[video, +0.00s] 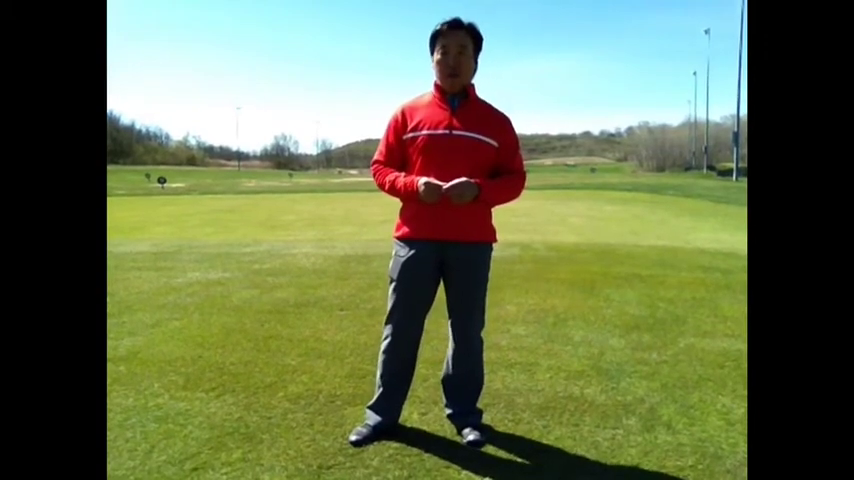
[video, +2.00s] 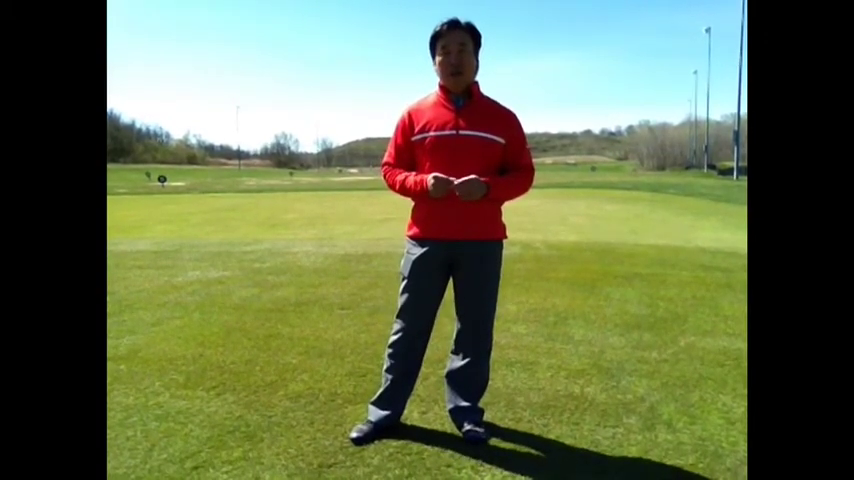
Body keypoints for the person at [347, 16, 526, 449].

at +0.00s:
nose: (451, 59)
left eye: (461, 52)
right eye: (444, 51)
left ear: (476, 60)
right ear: (432, 58)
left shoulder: (496, 122)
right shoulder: (407, 115)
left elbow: (515, 180)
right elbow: (380, 170)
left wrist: (479, 190)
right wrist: (414, 184)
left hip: (471, 245)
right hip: (416, 241)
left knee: (468, 333)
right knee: (399, 330)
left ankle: (466, 416)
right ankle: (381, 415)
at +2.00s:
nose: (453, 58)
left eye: (462, 50)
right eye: (445, 51)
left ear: (477, 57)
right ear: (433, 60)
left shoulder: (503, 119)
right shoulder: (415, 115)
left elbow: (524, 175)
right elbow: (390, 170)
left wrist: (488, 187)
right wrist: (423, 182)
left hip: (481, 243)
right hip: (426, 241)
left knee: (475, 333)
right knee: (408, 329)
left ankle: (468, 413)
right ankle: (384, 414)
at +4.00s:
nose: (451, 62)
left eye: (460, 53)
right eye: (443, 55)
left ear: (477, 59)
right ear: (432, 63)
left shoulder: (503, 120)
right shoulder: (416, 117)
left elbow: (525, 176)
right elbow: (391, 170)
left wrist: (494, 185)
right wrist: (408, 181)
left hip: (481, 244)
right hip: (427, 241)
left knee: (474, 335)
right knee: (407, 331)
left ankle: (468, 417)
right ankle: (383, 415)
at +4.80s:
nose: (457, 59)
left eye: (467, 51)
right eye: (450, 51)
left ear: (483, 59)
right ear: (439, 58)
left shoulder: (506, 119)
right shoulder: (418, 113)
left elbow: (526, 175)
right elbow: (392, 168)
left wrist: (489, 187)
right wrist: (425, 181)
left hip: (482, 244)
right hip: (426, 240)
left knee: (474, 334)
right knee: (407, 329)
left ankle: (467, 413)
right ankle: (384, 413)